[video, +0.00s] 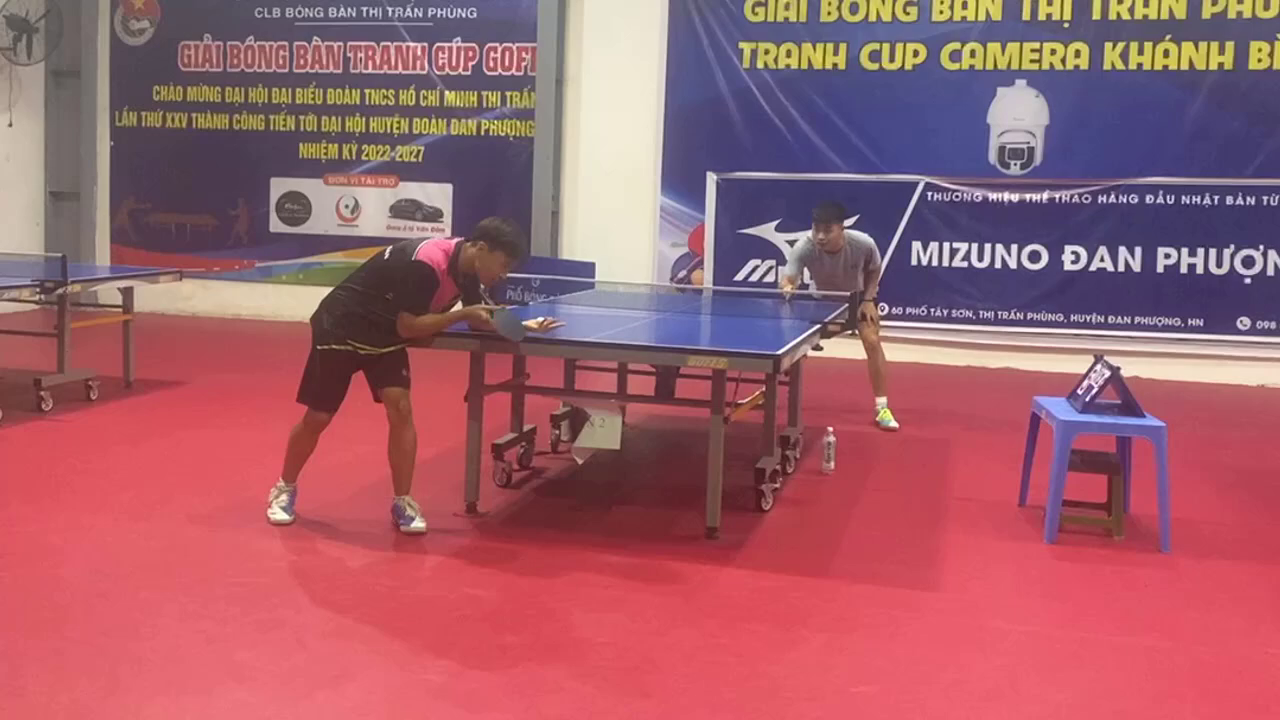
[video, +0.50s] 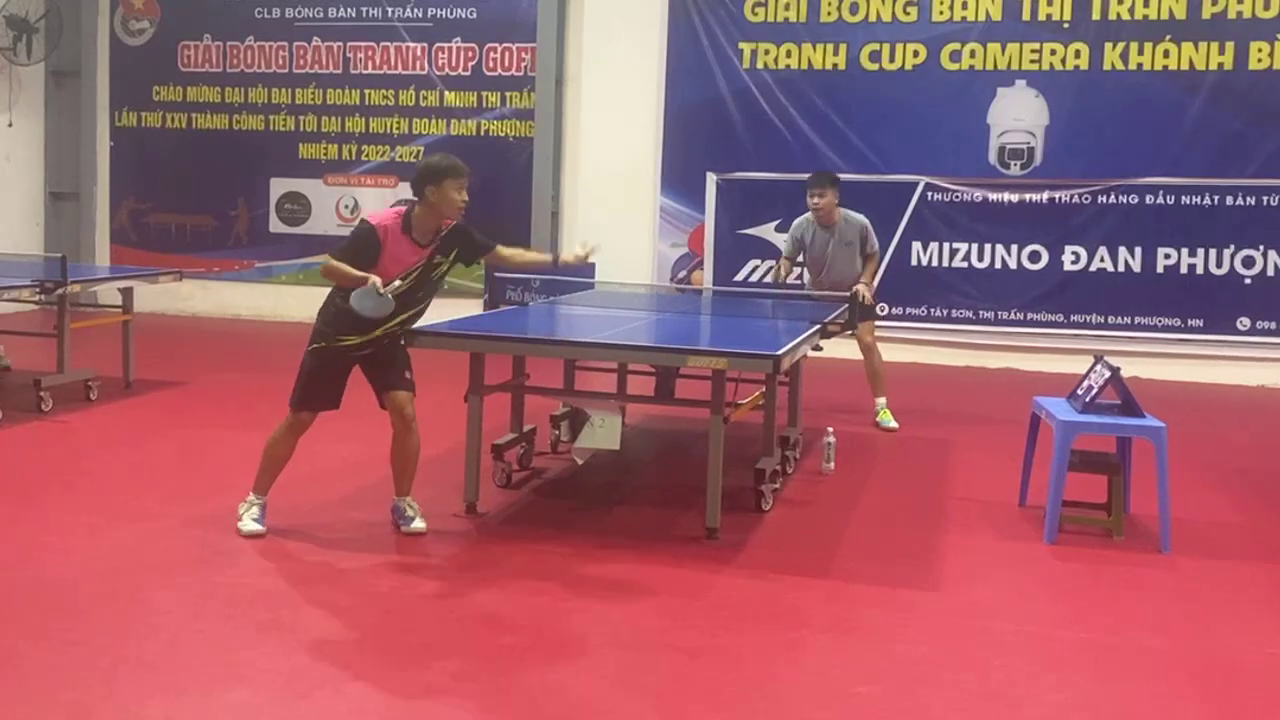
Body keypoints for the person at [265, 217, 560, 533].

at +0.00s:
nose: (505, 273)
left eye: (509, 267)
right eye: (504, 263)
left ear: (485, 250)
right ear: (480, 248)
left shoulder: (469, 268)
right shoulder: (426, 263)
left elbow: (479, 316)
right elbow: (407, 328)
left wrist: (524, 324)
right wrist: (463, 313)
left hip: (386, 332)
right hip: (340, 325)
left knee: (400, 410)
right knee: (318, 415)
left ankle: (403, 503)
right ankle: (285, 488)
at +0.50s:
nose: (465, 199)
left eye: (466, 191)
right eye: (457, 191)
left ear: (452, 196)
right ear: (428, 193)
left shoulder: (455, 236)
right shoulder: (379, 227)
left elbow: (504, 256)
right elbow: (329, 269)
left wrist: (562, 259)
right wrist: (365, 278)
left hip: (389, 339)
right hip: (338, 333)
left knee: (405, 414)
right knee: (298, 420)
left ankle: (403, 503)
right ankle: (255, 501)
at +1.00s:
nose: (405, 158)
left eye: (401, 150)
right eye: (395, 152)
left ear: (383, 165)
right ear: (370, 167)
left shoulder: (405, 195)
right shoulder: (337, 214)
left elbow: (455, 189)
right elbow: (318, 278)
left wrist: (510, 180)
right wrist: (376, 261)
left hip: (372, 327)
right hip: (319, 329)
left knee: (396, 405)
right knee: (289, 417)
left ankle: (401, 499)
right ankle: (256, 501)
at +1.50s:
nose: (473, 211)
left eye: (476, 203)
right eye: (473, 202)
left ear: (443, 193)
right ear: (456, 198)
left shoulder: (408, 209)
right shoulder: (418, 222)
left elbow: (349, 261)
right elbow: (433, 247)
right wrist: (463, 253)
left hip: (376, 325)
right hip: (343, 332)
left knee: (415, 411)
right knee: (368, 425)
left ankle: (385, 497)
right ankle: (291, 489)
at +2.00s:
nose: (461, 193)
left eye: (461, 185)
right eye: (461, 185)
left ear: (418, 180)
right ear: (449, 186)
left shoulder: (377, 214)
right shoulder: (429, 239)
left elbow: (328, 262)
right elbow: (417, 312)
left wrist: (369, 289)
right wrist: (458, 323)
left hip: (331, 342)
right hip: (375, 356)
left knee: (349, 416)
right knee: (419, 453)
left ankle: (288, 492)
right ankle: (393, 564)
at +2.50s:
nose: (354, 261)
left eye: (354, 254)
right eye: (350, 253)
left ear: (329, 256)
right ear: (327, 255)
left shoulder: (343, 284)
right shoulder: (260, 290)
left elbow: (388, 312)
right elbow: (209, 322)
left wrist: (406, 311)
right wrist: (190, 374)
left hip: (301, 378)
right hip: (272, 380)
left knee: (265, 436)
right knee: (342, 428)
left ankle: (191, 455)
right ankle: (334, 532)